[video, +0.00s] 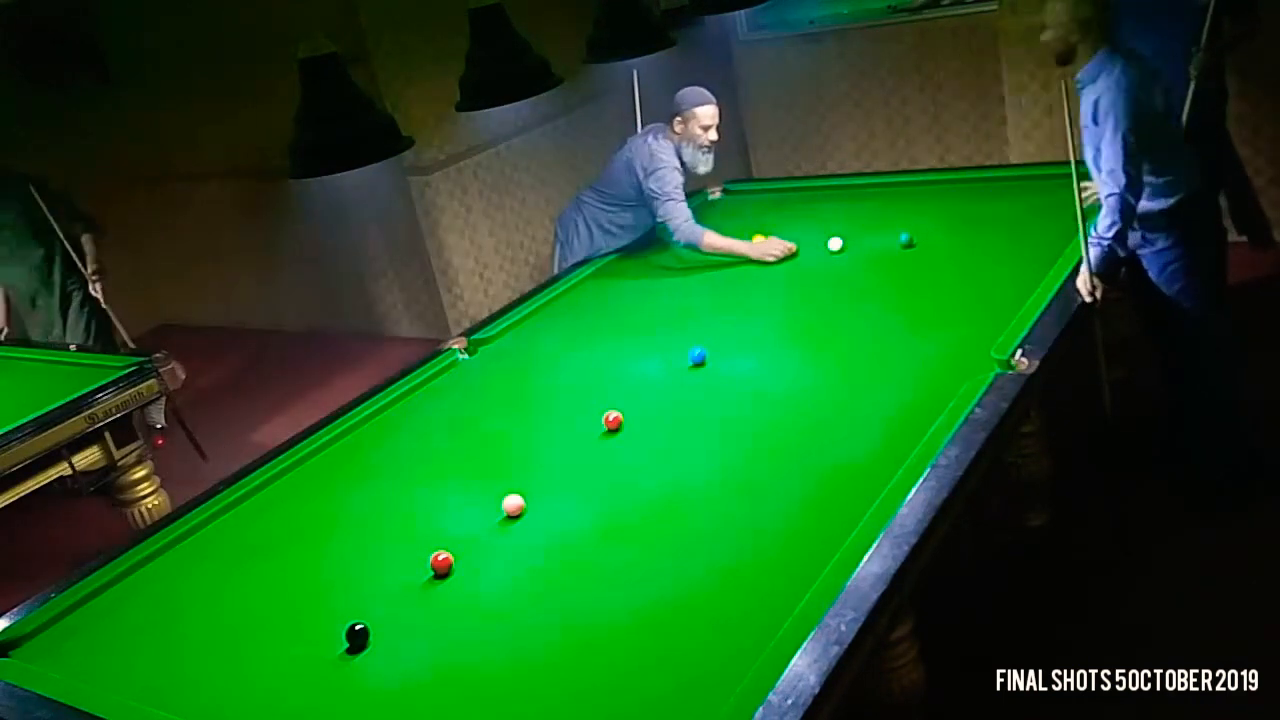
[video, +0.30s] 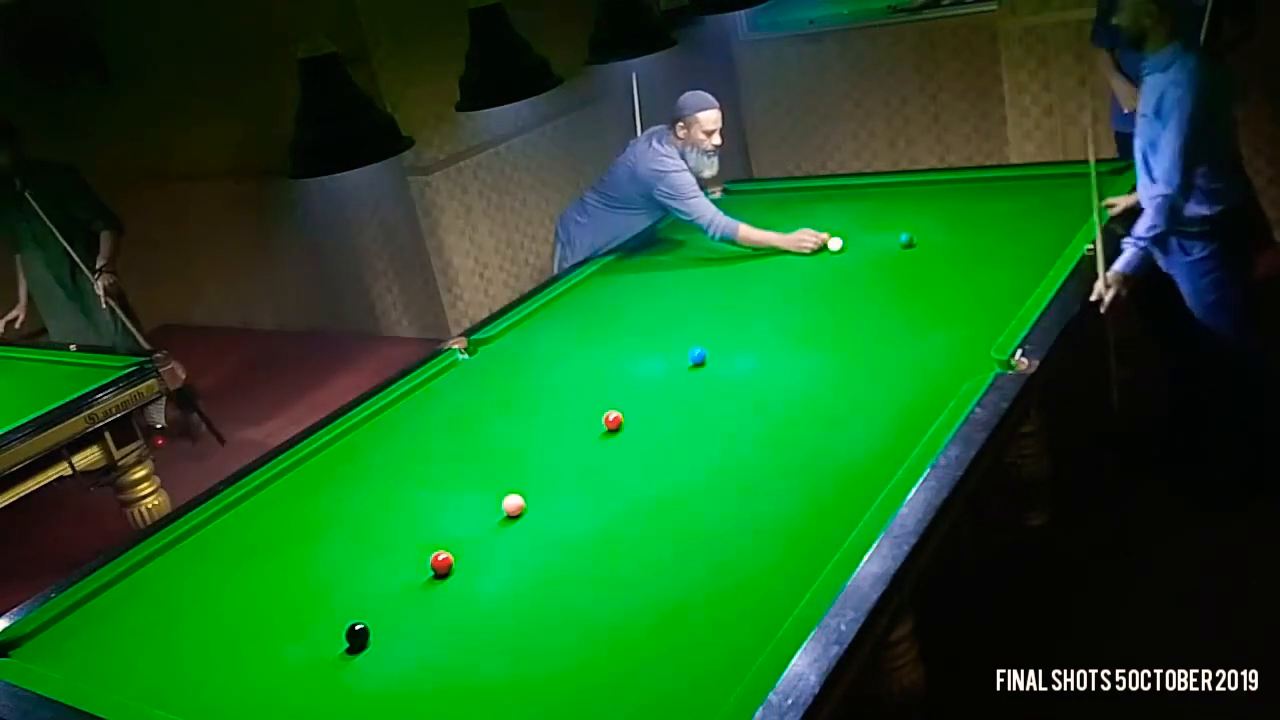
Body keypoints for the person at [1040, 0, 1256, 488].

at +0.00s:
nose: (1044, 39)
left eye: (1051, 28)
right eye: (1044, 29)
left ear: (1080, 29)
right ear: (1083, 29)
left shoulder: (1113, 85)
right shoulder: (1109, 75)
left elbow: (1119, 186)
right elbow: (1140, 154)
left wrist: (1095, 259)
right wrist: (1106, 182)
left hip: (1168, 237)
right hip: (1161, 233)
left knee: (1189, 359)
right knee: (1183, 356)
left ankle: (1211, 472)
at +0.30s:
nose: (1119, 21)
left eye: (1129, 11)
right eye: (1120, 12)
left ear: (1157, 16)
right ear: (1151, 20)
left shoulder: (1186, 78)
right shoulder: (1160, 73)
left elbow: (1170, 183)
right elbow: (1165, 152)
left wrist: (1126, 263)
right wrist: (1139, 192)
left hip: (1207, 243)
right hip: (1180, 236)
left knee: (1229, 362)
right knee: (1203, 357)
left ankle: (1241, 467)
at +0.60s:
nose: (1174, 12)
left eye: (1185, 5)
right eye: (1177, 6)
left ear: (1212, 9)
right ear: (1202, 15)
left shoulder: (1249, 73)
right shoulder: (1204, 66)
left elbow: (1250, 191)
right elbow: (1190, 150)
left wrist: (1196, 270)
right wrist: (1139, 195)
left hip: (1247, 243)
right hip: (1208, 234)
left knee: (1253, 365)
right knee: (1210, 357)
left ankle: (1252, 470)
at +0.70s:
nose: (1187, 13)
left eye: (1199, 6)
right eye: (1190, 8)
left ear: (1225, 11)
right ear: (1227, 15)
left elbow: (1268, 191)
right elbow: (1189, 147)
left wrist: (1215, 267)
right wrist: (1139, 194)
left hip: (1253, 240)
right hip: (1210, 229)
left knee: (1257, 362)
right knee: (1210, 349)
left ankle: (1253, 467)